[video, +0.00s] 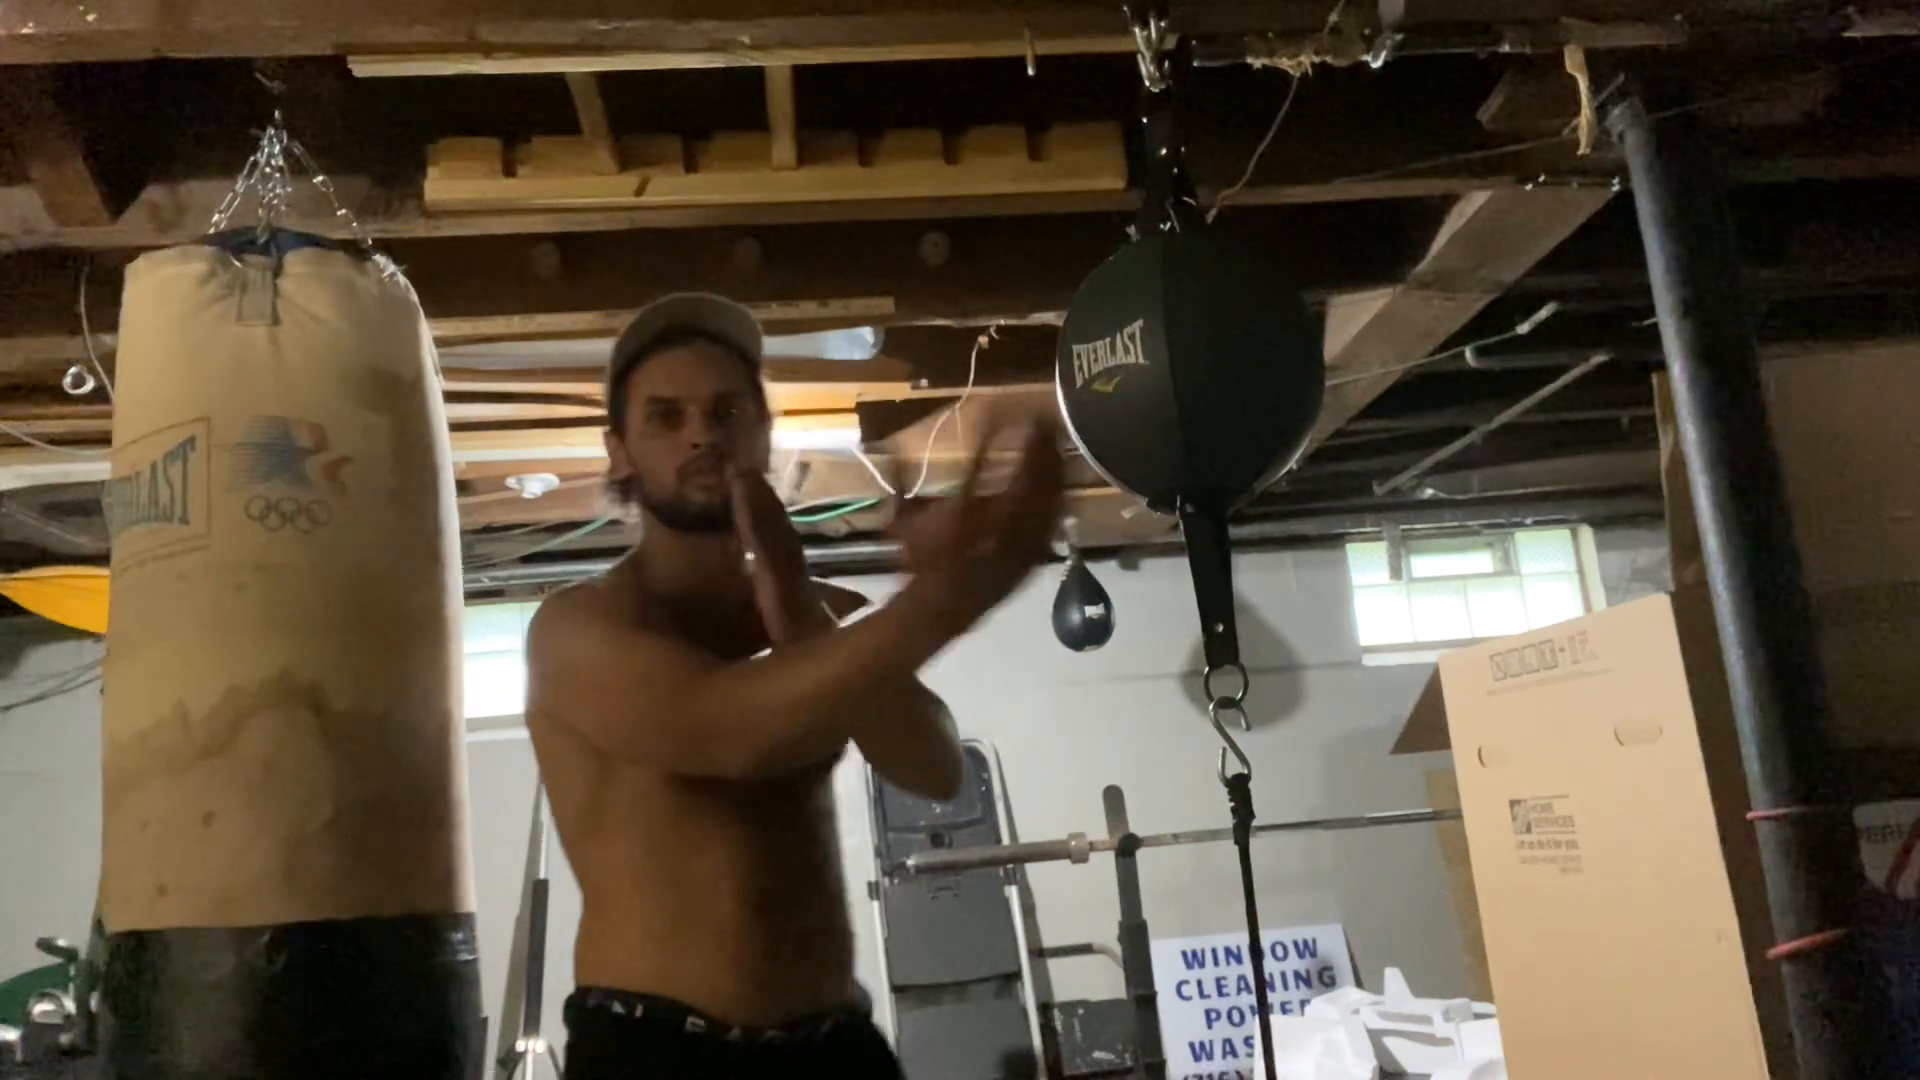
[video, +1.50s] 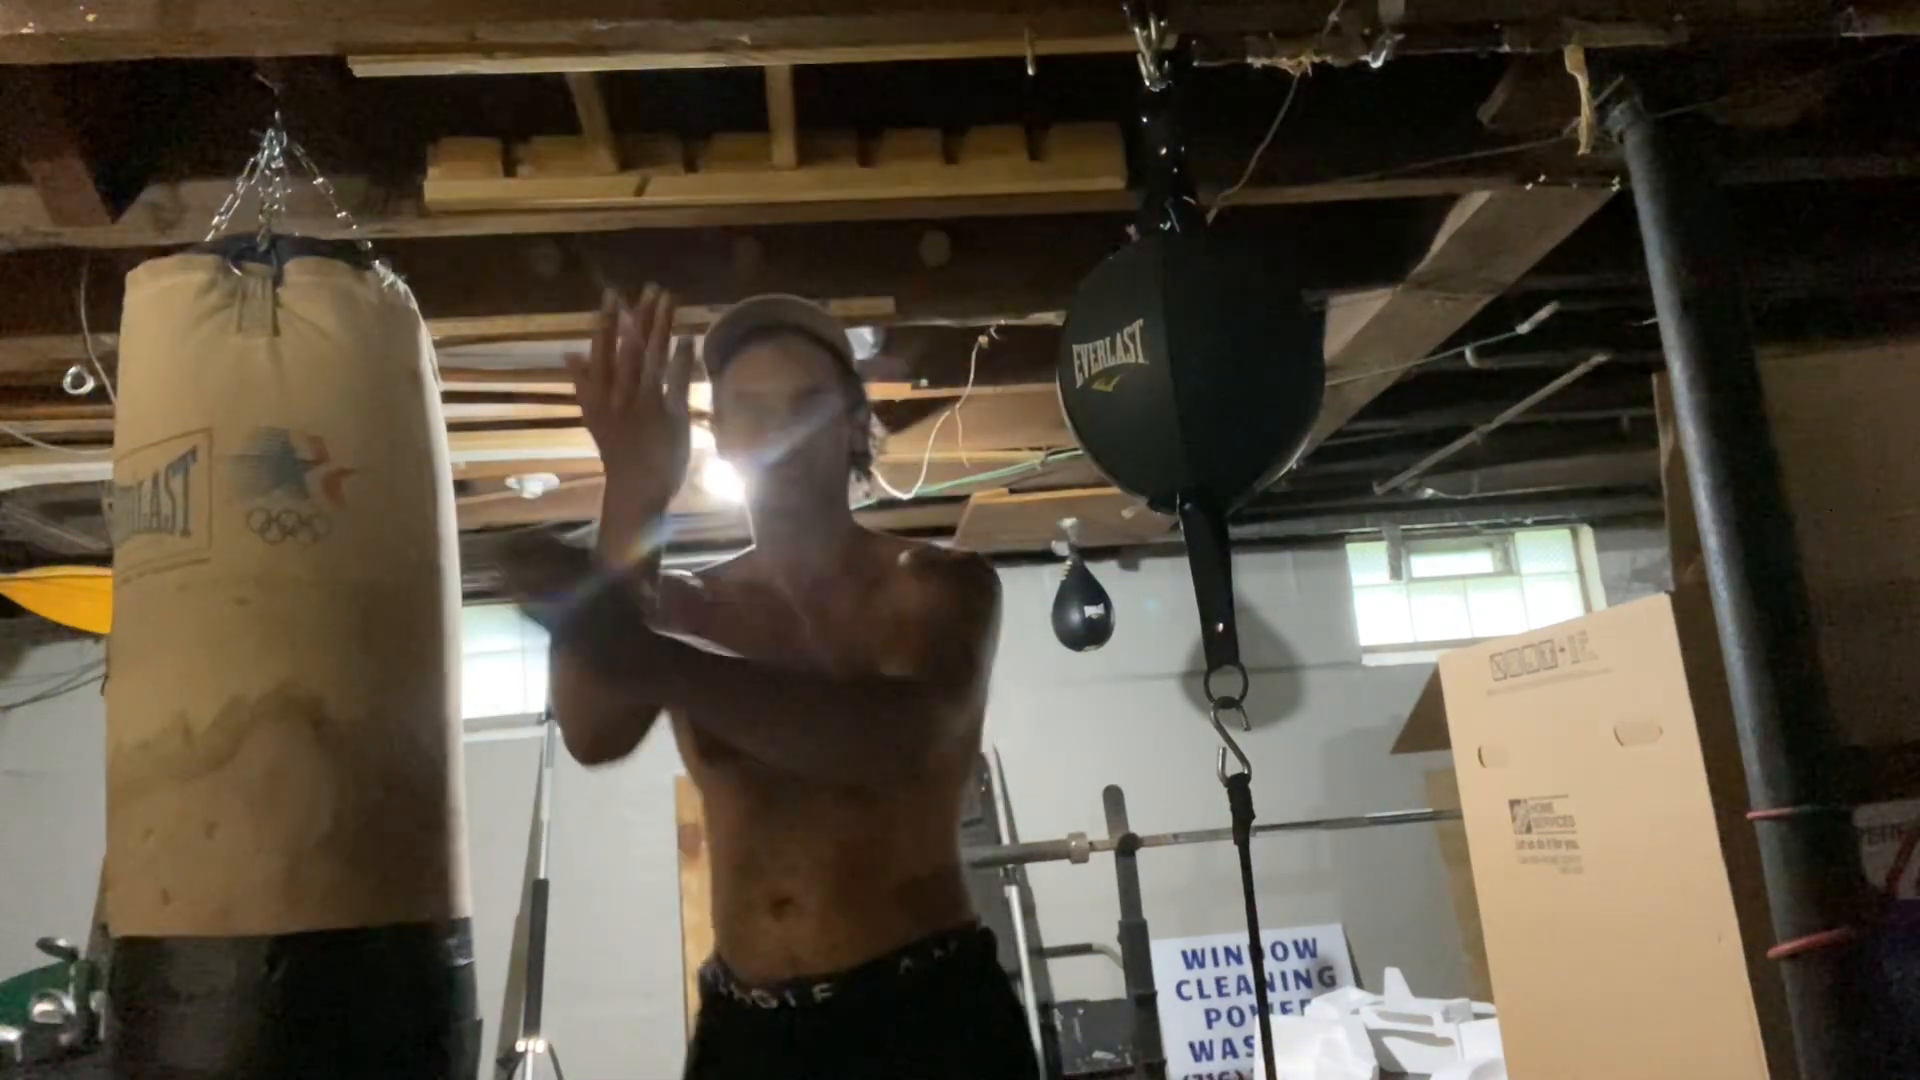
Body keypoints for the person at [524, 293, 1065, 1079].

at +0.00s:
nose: (703, 439)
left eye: (727, 412)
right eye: (665, 417)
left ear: (767, 439)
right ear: (621, 455)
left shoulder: (823, 613)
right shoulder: (576, 628)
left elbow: (936, 772)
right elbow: (734, 732)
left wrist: (806, 638)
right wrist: (942, 599)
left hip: (829, 1044)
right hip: (652, 1047)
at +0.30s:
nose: (712, 448)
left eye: (738, 421)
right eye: (685, 424)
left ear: (787, 453)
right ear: (648, 454)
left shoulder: (881, 621)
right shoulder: (576, 638)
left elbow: (962, 826)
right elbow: (600, 734)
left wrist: (820, 803)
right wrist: (646, 495)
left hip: (859, 1047)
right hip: (667, 1052)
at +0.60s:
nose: (689, 452)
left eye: (719, 423)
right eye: (660, 429)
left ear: (771, 444)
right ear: (629, 458)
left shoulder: (860, 606)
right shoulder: (576, 638)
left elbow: (810, 776)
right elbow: (574, 804)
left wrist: (547, 742)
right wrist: (586, 562)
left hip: (837, 1039)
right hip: (649, 1051)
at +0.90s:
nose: (763, 424)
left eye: (790, 394)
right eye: (735, 412)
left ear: (859, 423)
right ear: (716, 456)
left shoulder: (926, 564)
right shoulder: (725, 618)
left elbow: (751, 696)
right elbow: (625, 801)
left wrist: (404, 610)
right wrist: (608, 589)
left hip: (938, 1015)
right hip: (779, 1034)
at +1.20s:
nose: (789, 437)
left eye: (817, 403)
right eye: (765, 416)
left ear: (890, 421)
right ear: (745, 441)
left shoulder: (955, 563)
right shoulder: (769, 615)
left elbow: (786, 689)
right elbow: (650, 787)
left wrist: (433, 613)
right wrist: (618, 567)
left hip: (951, 1017)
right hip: (800, 1029)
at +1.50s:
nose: (777, 431)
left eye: (806, 401)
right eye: (748, 409)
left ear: (859, 426)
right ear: (720, 438)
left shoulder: (946, 584)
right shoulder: (689, 603)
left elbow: (912, 743)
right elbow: (594, 735)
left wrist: (656, 662)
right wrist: (629, 505)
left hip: (927, 1007)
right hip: (748, 1027)